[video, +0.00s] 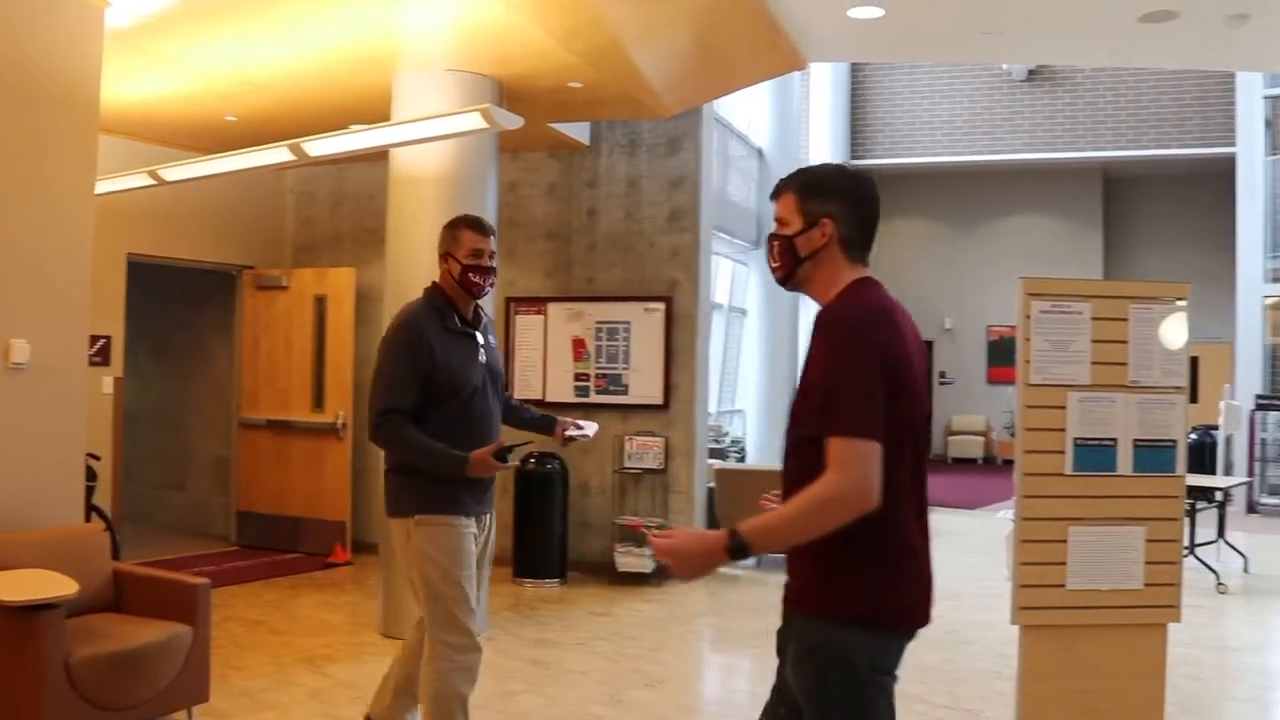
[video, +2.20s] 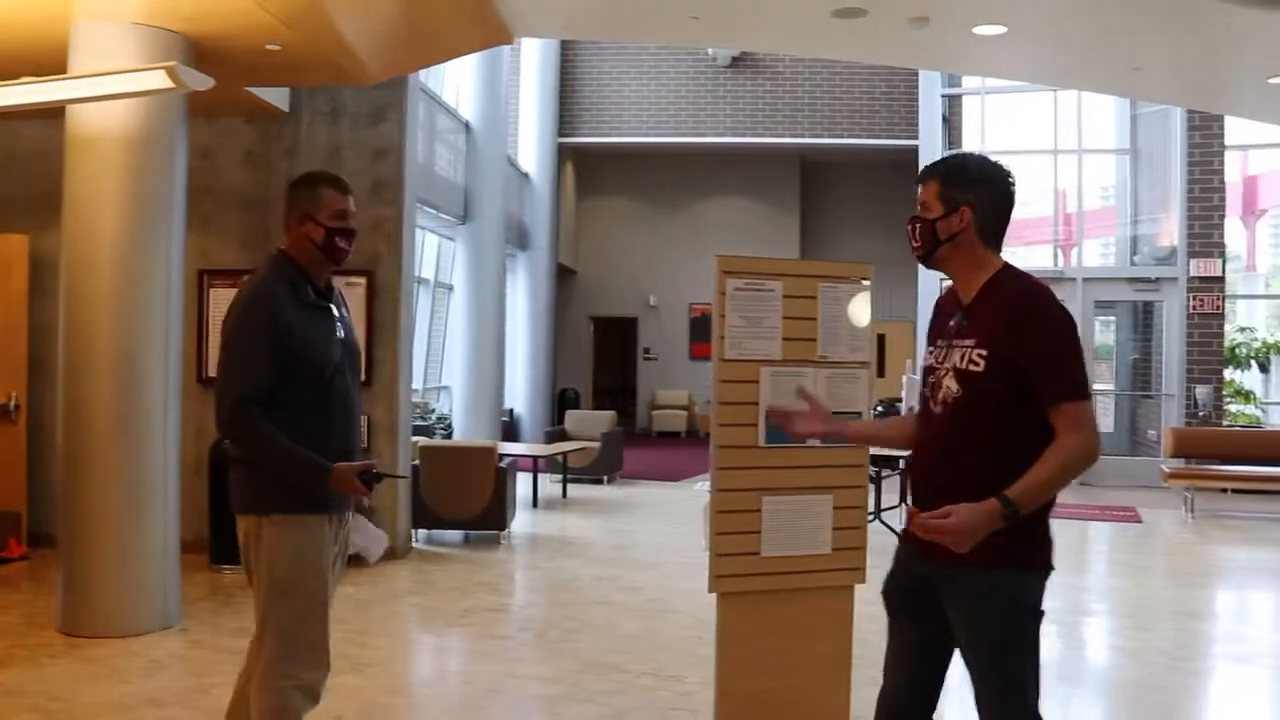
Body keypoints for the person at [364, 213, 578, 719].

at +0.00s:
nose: (485, 268)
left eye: (490, 259)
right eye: (474, 258)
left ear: (494, 264)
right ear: (444, 260)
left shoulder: (479, 326)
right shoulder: (414, 325)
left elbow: (494, 404)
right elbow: (384, 425)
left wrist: (549, 425)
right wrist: (462, 462)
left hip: (476, 503)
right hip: (431, 508)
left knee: (440, 633)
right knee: (459, 643)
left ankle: (385, 713)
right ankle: (446, 717)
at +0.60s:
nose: (451, 260)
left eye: (458, 252)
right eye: (440, 249)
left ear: (463, 257)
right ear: (411, 249)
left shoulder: (448, 319)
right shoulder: (377, 317)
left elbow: (462, 405)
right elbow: (346, 416)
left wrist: (519, 430)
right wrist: (426, 459)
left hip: (460, 510)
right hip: (399, 515)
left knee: (459, 651)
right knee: (386, 657)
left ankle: (457, 718)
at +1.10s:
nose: (436, 256)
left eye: (442, 249)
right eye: (426, 246)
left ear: (444, 256)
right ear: (395, 247)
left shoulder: (426, 321)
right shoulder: (357, 310)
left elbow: (443, 413)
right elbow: (326, 402)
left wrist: (512, 440)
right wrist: (404, 439)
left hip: (426, 501)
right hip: (375, 500)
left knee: (406, 634)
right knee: (374, 633)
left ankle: (383, 713)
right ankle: (326, 717)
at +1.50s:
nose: (406, 256)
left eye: (412, 249)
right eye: (398, 245)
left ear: (412, 253)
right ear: (366, 240)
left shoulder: (386, 316)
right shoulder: (320, 301)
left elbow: (395, 414)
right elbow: (279, 393)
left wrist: (446, 469)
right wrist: (357, 445)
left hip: (371, 495)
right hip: (324, 494)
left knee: (330, 632)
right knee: (342, 638)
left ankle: (318, 714)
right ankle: (348, 716)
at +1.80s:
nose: (377, 249)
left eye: (381, 241)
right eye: (366, 238)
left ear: (381, 246)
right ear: (331, 238)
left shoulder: (353, 311)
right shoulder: (295, 303)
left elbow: (362, 414)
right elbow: (266, 408)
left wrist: (378, 502)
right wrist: (347, 463)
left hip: (337, 499)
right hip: (302, 501)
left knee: (290, 636)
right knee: (320, 650)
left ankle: (275, 716)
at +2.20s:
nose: (347, 238)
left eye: (351, 228)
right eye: (336, 225)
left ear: (352, 229)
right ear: (298, 224)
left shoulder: (324, 295)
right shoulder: (264, 297)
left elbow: (325, 399)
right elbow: (236, 417)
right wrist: (327, 474)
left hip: (319, 506)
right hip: (283, 508)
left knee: (279, 661)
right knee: (295, 672)